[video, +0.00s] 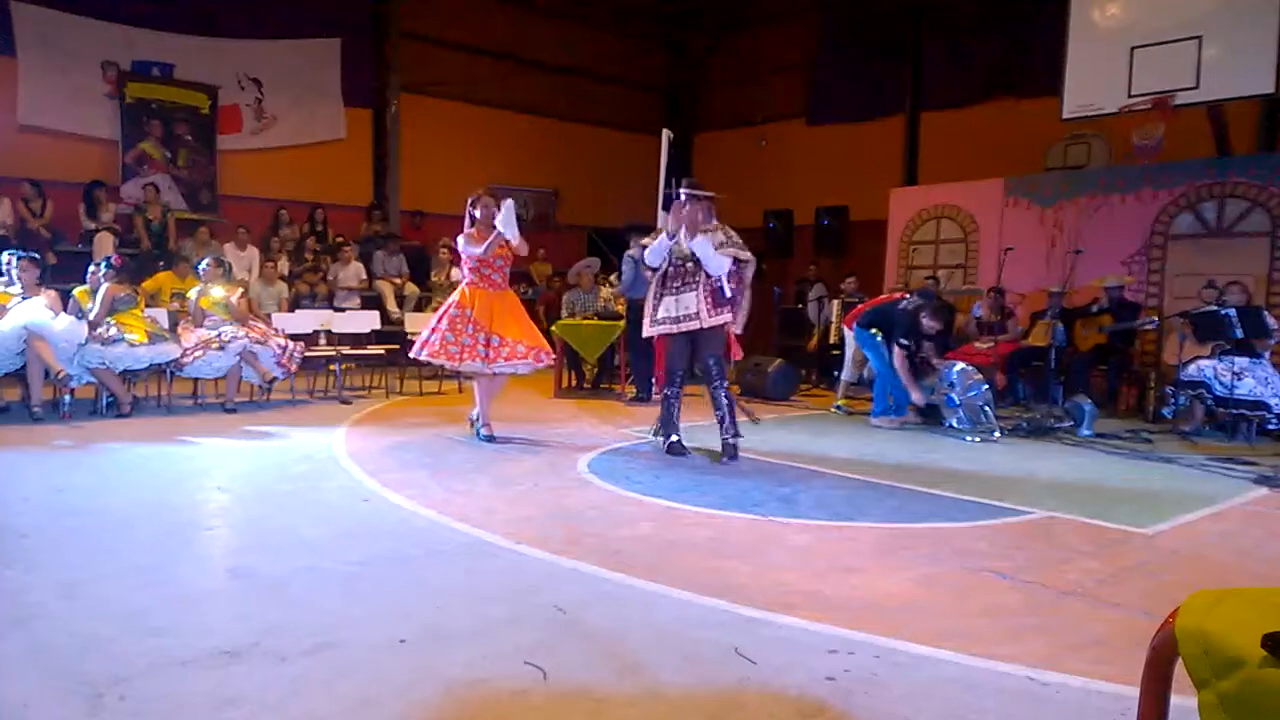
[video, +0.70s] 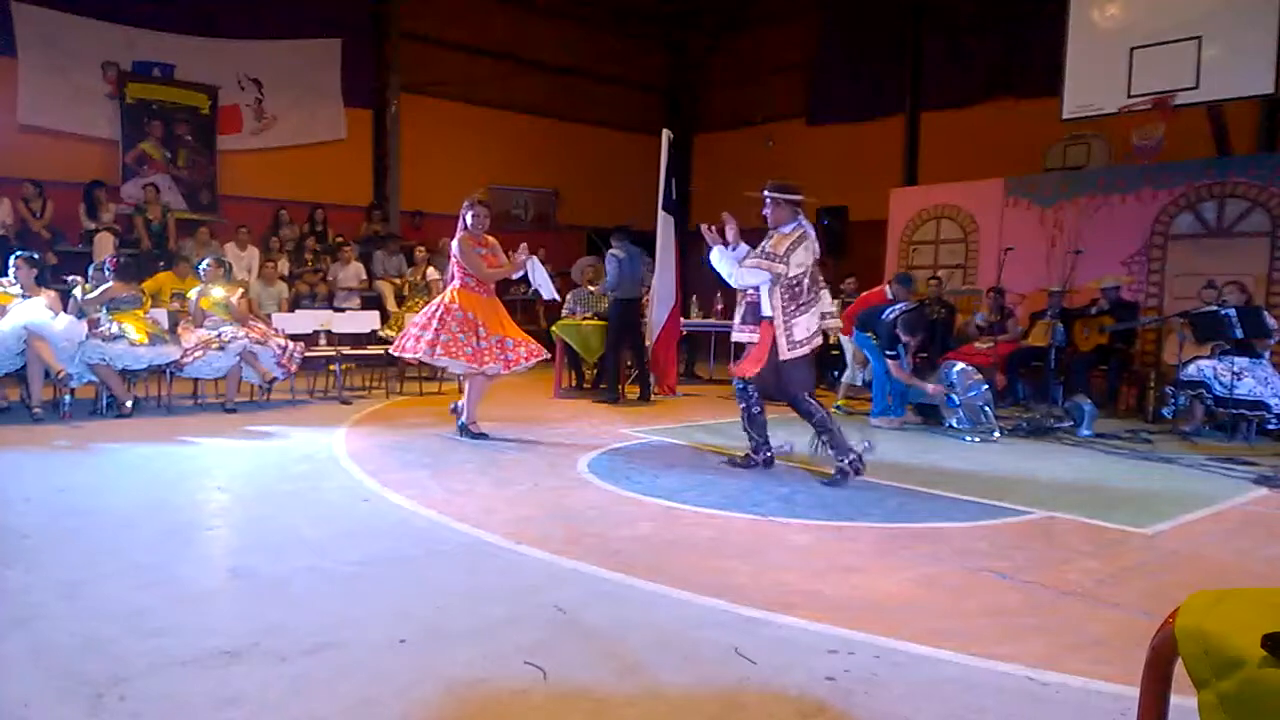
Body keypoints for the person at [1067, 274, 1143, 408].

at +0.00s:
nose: (1113, 293)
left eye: (1117, 289)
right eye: (1110, 289)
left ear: (1122, 290)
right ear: (1105, 291)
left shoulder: (1131, 307)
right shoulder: (1097, 304)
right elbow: (1070, 315)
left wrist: (1111, 306)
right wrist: (1092, 309)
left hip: (1120, 347)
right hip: (1098, 346)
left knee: (1114, 367)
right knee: (1079, 362)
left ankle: (1111, 402)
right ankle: (1081, 398)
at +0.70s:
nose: (1108, 294)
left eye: (1112, 290)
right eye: (1105, 290)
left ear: (1118, 291)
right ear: (1101, 292)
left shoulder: (1129, 307)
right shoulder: (1095, 304)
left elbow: (1129, 318)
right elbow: (1074, 315)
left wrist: (1108, 308)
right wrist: (1093, 310)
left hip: (1119, 347)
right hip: (1098, 346)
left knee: (1115, 366)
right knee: (1079, 362)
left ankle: (1111, 403)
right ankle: (1081, 398)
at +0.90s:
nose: (1101, 295)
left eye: (1105, 291)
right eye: (1099, 292)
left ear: (1113, 291)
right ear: (1097, 292)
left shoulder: (1127, 306)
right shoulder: (1093, 305)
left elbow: (1125, 316)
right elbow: (1074, 315)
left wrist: (1103, 309)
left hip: (1119, 348)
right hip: (1099, 347)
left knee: (1115, 365)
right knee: (1077, 363)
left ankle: (1112, 403)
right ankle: (1083, 400)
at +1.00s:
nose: (1099, 296)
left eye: (1103, 292)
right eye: (1097, 292)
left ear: (1111, 291)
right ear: (1095, 293)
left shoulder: (1124, 306)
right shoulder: (1092, 305)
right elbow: (1075, 316)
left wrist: (1101, 311)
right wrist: (1059, 311)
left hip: (1118, 348)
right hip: (1098, 347)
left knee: (1115, 366)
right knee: (1078, 362)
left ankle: (1111, 403)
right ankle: (1082, 400)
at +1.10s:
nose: (1097, 296)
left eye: (1101, 292)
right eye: (1095, 292)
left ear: (1110, 291)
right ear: (1093, 293)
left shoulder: (1124, 306)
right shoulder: (1091, 305)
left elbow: (1120, 317)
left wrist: (1098, 312)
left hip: (1118, 348)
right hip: (1098, 347)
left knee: (1114, 366)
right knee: (1078, 363)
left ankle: (1111, 403)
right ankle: (1083, 400)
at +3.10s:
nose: (1097, 295)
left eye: (1101, 292)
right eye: (1095, 292)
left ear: (1108, 292)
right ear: (1093, 293)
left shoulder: (1122, 307)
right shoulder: (1089, 306)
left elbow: (1118, 320)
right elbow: (1070, 317)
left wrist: (1097, 317)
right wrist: (1079, 316)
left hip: (1118, 349)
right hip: (1097, 348)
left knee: (1114, 366)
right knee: (1077, 363)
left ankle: (1111, 403)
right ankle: (1084, 399)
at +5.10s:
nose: (1099, 295)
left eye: (1103, 291)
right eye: (1097, 291)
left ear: (1111, 292)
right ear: (1094, 292)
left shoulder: (1123, 308)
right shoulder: (1090, 305)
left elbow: (1118, 322)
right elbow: (1070, 315)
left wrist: (1097, 317)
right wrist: (1079, 316)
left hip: (1116, 349)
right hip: (1095, 348)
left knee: (1114, 367)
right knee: (1076, 364)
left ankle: (1111, 404)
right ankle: (1084, 400)